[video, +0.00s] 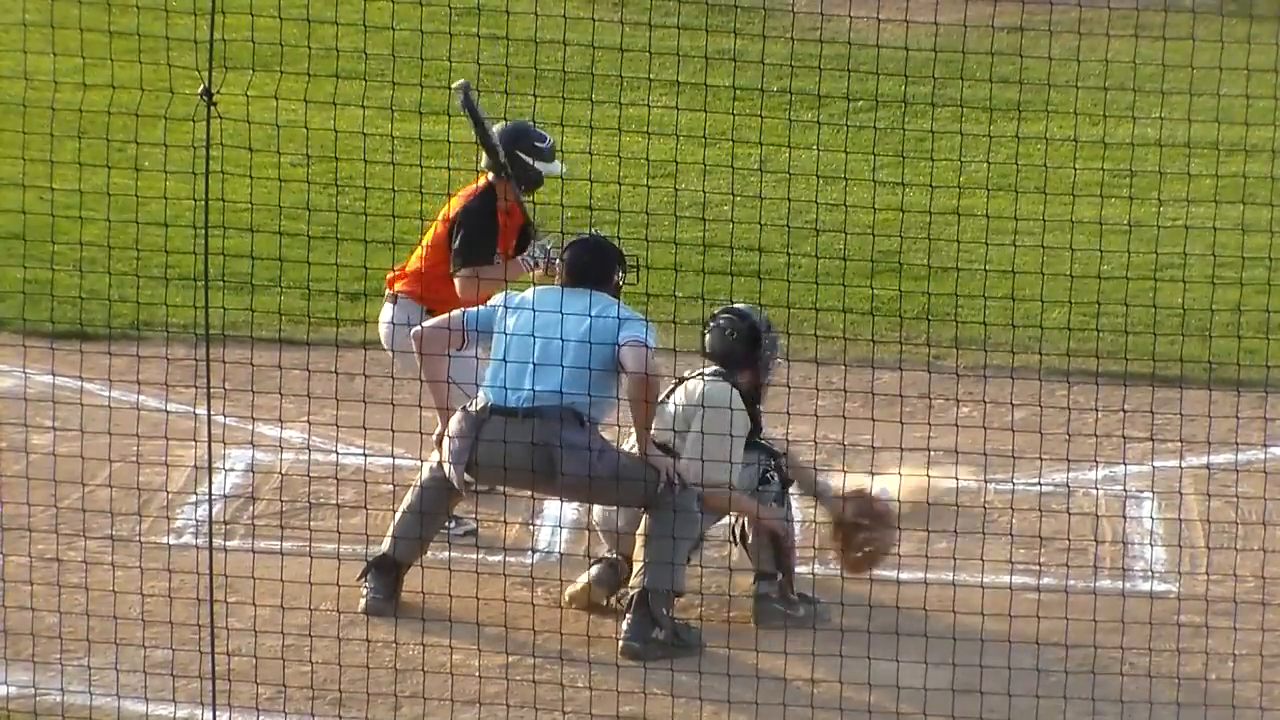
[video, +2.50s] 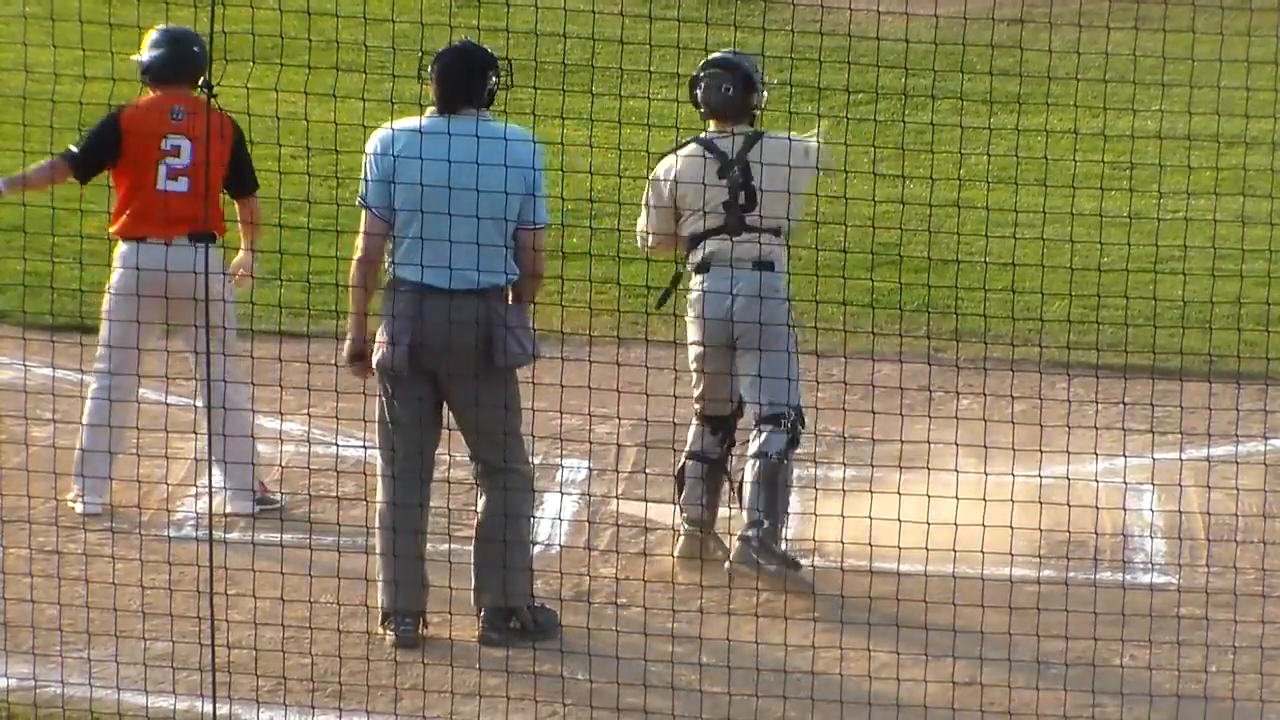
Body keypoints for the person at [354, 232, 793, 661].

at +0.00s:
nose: (621, 285)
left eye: (616, 275)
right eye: (619, 276)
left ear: (560, 273)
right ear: (612, 281)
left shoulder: (515, 302)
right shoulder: (623, 316)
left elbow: (427, 336)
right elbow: (638, 369)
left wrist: (449, 414)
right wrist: (646, 442)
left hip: (483, 443)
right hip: (562, 448)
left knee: (446, 471)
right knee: (677, 496)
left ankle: (383, 576)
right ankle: (649, 619)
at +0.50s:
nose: (596, 247)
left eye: (595, 241)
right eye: (594, 241)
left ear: (535, 241)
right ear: (587, 245)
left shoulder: (491, 275)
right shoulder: (603, 283)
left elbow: (409, 329)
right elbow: (618, 356)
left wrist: (433, 397)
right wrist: (635, 435)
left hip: (469, 413)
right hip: (550, 418)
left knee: (438, 466)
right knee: (654, 493)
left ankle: (382, 575)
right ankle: (648, 617)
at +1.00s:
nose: (517, 134)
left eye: (511, 126)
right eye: (515, 127)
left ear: (456, 129)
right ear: (509, 131)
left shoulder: (408, 176)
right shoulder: (532, 183)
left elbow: (375, 277)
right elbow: (543, 272)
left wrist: (399, 335)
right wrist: (554, 358)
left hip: (420, 336)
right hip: (496, 337)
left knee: (408, 447)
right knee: (572, 461)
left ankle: (378, 578)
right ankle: (581, 597)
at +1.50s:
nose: (550, 115)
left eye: (543, 106)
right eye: (548, 107)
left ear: (490, 107)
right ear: (543, 112)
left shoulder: (440, 158)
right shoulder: (564, 170)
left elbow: (415, 265)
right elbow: (573, 280)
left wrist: (412, 332)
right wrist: (592, 352)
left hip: (446, 333)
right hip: (519, 338)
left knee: (419, 455)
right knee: (538, 478)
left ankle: (382, 587)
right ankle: (503, 611)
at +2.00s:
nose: (542, 93)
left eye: (538, 84)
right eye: (541, 85)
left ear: (481, 86)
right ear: (534, 90)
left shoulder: (433, 136)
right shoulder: (560, 148)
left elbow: (412, 243)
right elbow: (575, 258)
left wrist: (420, 316)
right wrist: (600, 335)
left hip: (440, 317)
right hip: (515, 323)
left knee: (429, 452)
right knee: (524, 463)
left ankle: (403, 603)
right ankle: (504, 604)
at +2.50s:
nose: (485, 95)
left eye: (434, 83)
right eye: (488, 86)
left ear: (431, 88)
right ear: (488, 91)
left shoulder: (390, 143)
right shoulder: (520, 147)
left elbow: (369, 251)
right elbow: (532, 255)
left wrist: (358, 329)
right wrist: (519, 315)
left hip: (407, 321)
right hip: (482, 325)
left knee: (403, 471)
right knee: (504, 469)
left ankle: (401, 613)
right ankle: (506, 608)